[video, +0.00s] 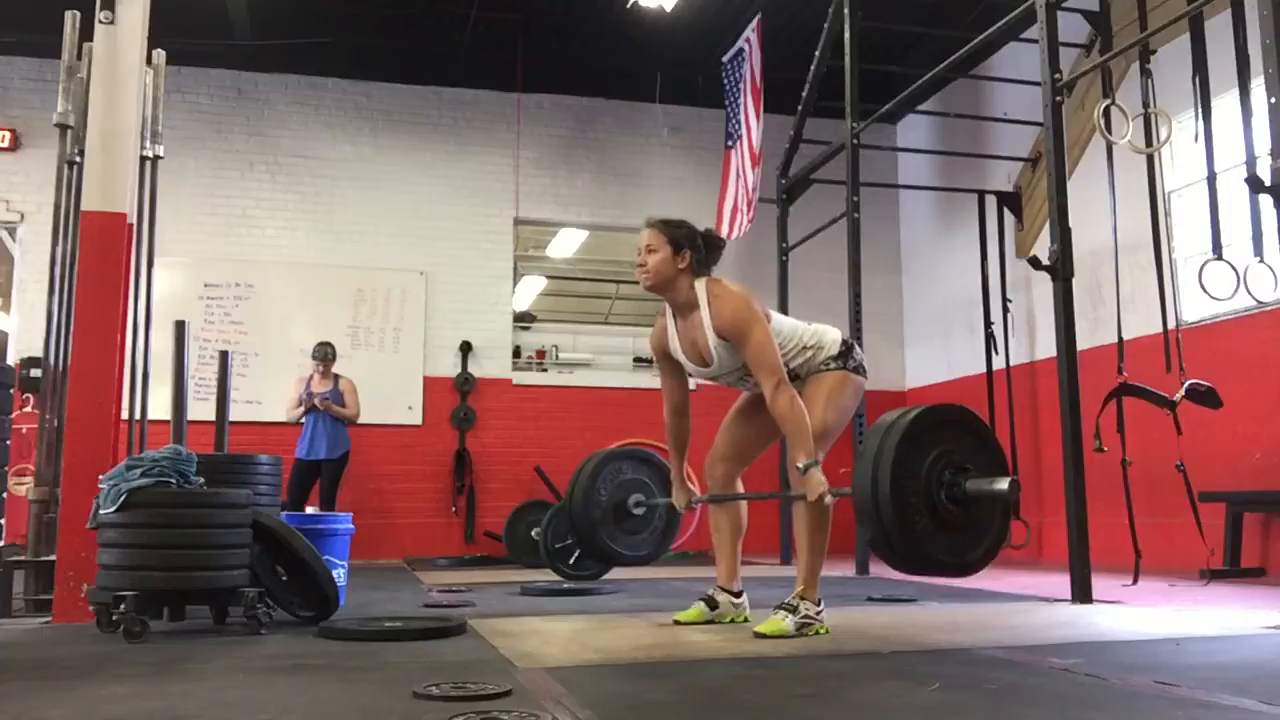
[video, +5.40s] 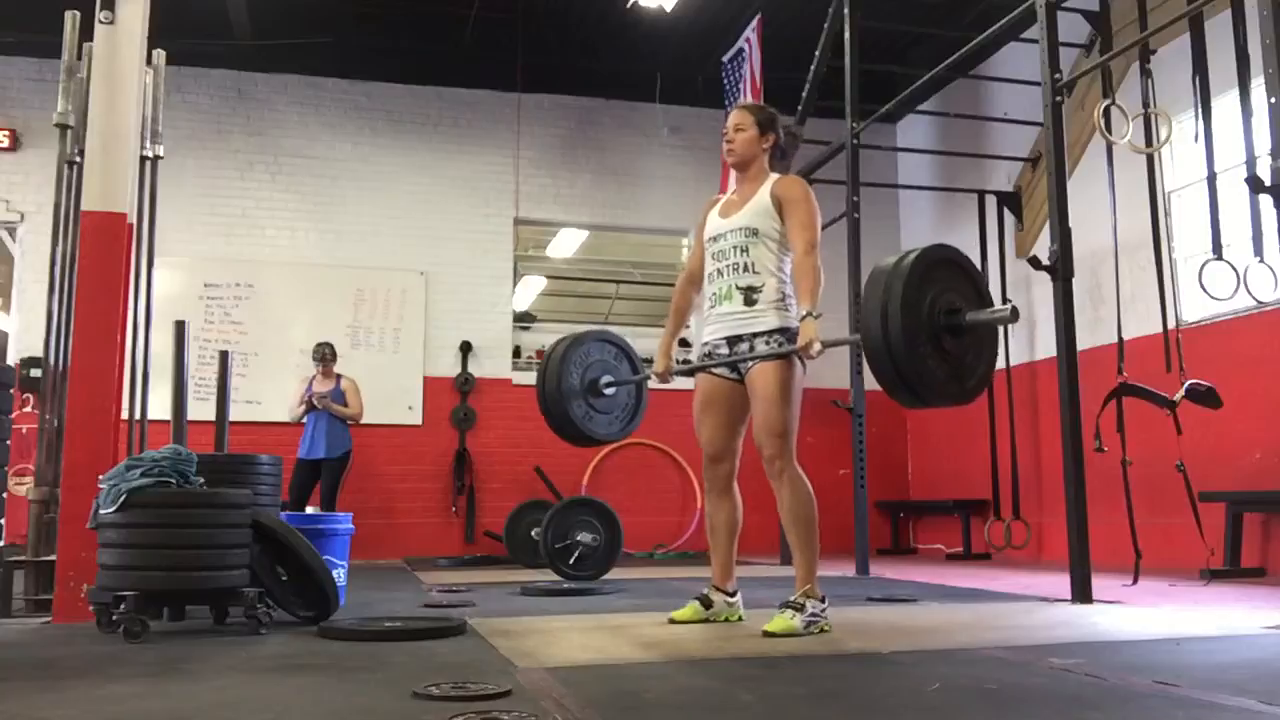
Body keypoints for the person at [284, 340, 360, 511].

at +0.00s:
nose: (321, 369)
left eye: (326, 365)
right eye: (318, 365)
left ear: (333, 362)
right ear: (313, 361)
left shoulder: (345, 384)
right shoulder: (303, 383)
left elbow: (354, 415)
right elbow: (290, 416)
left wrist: (329, 407)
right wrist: (304, 407)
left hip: (335, 450)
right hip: (308, 450)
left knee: (327, 501)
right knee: (294, 499)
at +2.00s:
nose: (321, 370)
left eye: (325, 366)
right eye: (317, 365)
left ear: (333, 363)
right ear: (313, 362)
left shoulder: (345, 384)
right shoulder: (306, 383)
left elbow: (355, 415)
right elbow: (292, 418)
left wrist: (329, 406)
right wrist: (304, 407)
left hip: (335, 450)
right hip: (309, 449)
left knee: (327, 501)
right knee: (296, 498)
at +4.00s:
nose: (321, 369)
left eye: (325, 365)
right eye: (317, 365)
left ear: (333, 362)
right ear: (313, 363)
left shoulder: (346, 383)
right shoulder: (306, 383)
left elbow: (356, 415)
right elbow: (293, 417)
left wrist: (329, 406)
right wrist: (305, 407)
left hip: (336, 449)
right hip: (309, 449)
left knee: (327, 502)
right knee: (296, 500)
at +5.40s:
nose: (321, 370)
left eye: (325, 366)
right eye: (317, 365)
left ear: (334, 362)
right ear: (313, 362)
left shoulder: (346, 384)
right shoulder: (307, 383)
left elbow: (357, 415)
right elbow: (293, 416)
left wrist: (329, 405)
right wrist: (306, 405)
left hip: (336, 450)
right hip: (309, 449)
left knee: (327, 503)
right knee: (295, 500)